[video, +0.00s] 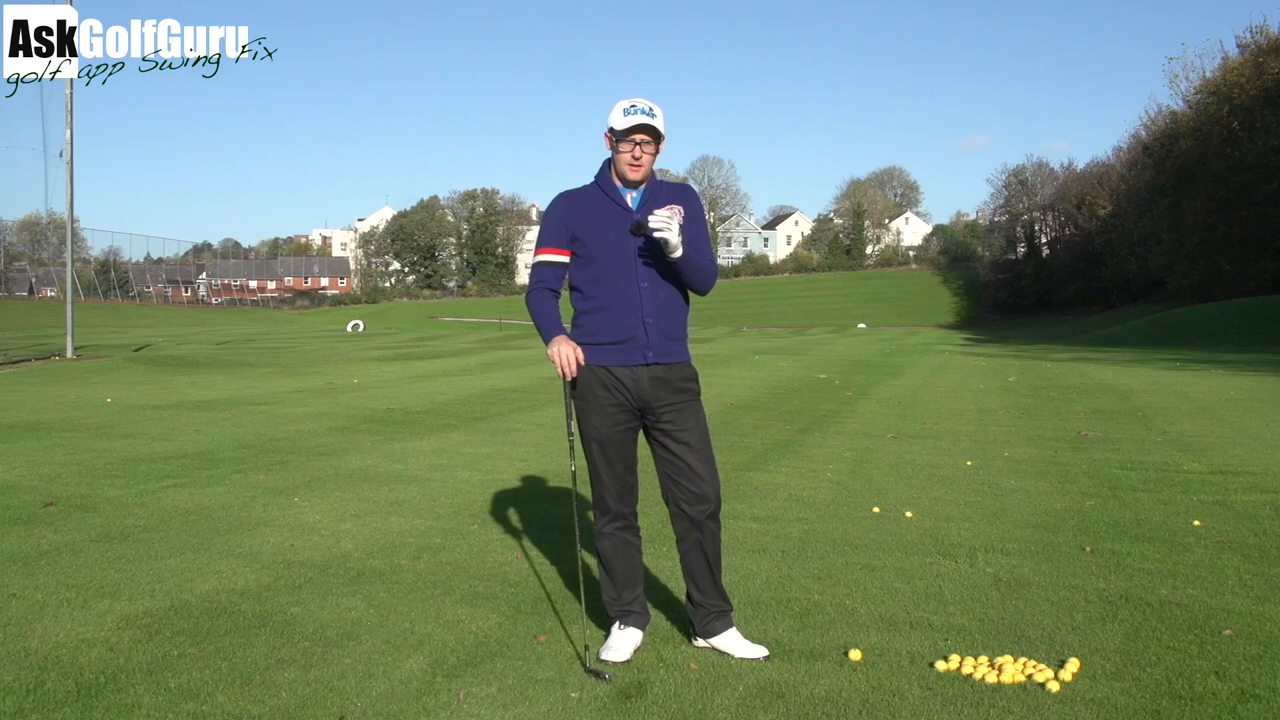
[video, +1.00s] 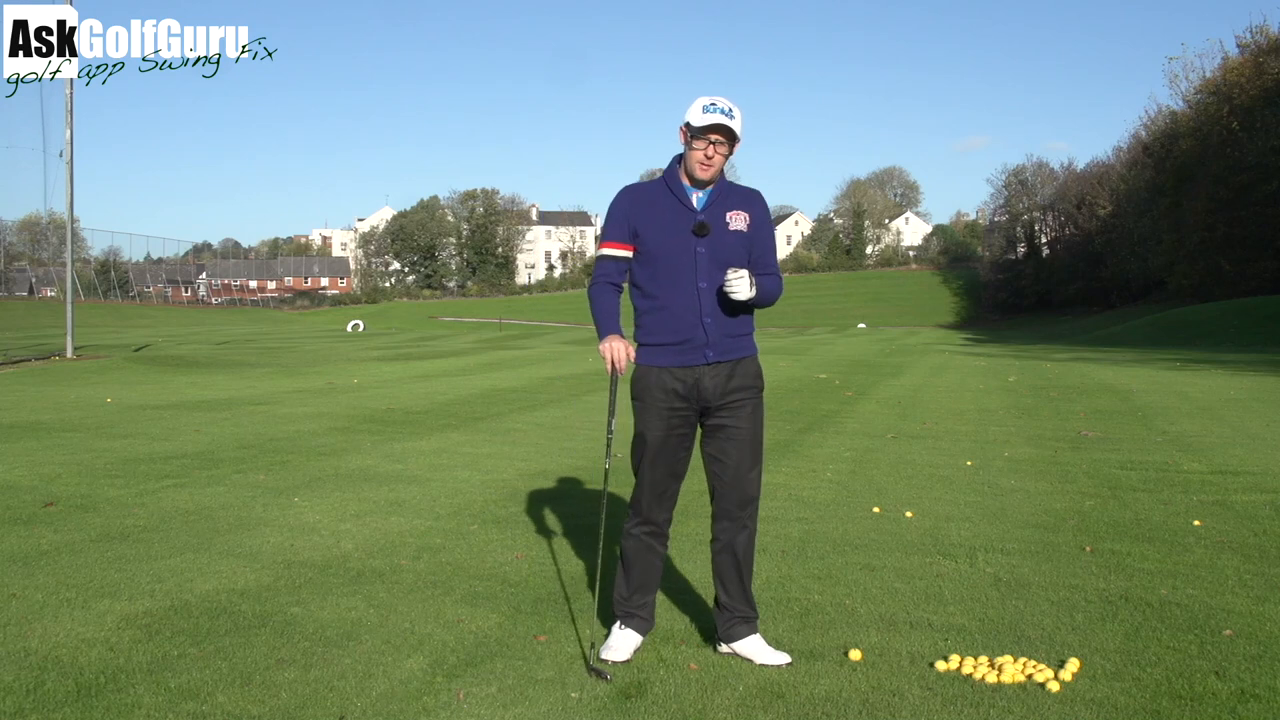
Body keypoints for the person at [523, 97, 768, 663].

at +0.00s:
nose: (638, 151)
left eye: (648, 142)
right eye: (629, 141)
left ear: (660, 149)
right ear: (610, 143)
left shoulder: (681, 200)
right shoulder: (570, 207)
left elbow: (704, 281)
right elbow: (542, 288)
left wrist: (676, 246)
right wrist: (554, 335)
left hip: (672, 373)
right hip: (602, 375)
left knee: (699, 497)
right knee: (615, 505)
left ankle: (711, 621)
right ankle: (628, 618)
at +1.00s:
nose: (711, 149)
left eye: (722, 142)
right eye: (703, 138)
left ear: (732, 150)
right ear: (684, 138)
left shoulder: (749, 204)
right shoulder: (635, 201)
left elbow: (772, 282)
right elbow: (606, 278)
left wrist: (753, 286)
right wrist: (610, 331)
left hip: (736, 373)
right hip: (662, 374)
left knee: (738, 507)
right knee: (650, 507)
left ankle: (736, 628)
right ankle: (631, 621)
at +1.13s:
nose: (728, 149)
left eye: (739, 142)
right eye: (721, 137)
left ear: (749, 151)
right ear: (700, 138)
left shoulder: (765, 206)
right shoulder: (650, 202)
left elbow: (786, 284)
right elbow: (620, 280)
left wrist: (770, 287)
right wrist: (620, 332)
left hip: (749, 373)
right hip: (676, 375)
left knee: (741, 507)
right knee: (658, 505)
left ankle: (736, 626)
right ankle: (632, 621)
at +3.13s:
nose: (649, 146)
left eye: (660, 140)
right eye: (641, 137)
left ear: (674, 149)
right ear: (625, 142)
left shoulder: (697, 204)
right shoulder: (582, 211)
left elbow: (725, 285)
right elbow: (562, 296)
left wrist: (709, 280)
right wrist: (585, 337)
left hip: (691, 377)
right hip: (621, 380)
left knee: (721, 500)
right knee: (633, 508)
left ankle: (734, 626)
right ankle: (648, 621)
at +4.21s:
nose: (669, 154)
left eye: (676, 145)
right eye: (658, 142)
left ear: (680, 149)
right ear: (630, 139)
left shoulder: (690, 203)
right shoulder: (584, 211)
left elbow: (713, 291)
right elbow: (573, 299)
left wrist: (721, 266)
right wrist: (630, 268)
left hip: (695, 372)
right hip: (625, 378)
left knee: (723, 501)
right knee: (638, 507)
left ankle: (733, 625)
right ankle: (649, 621)